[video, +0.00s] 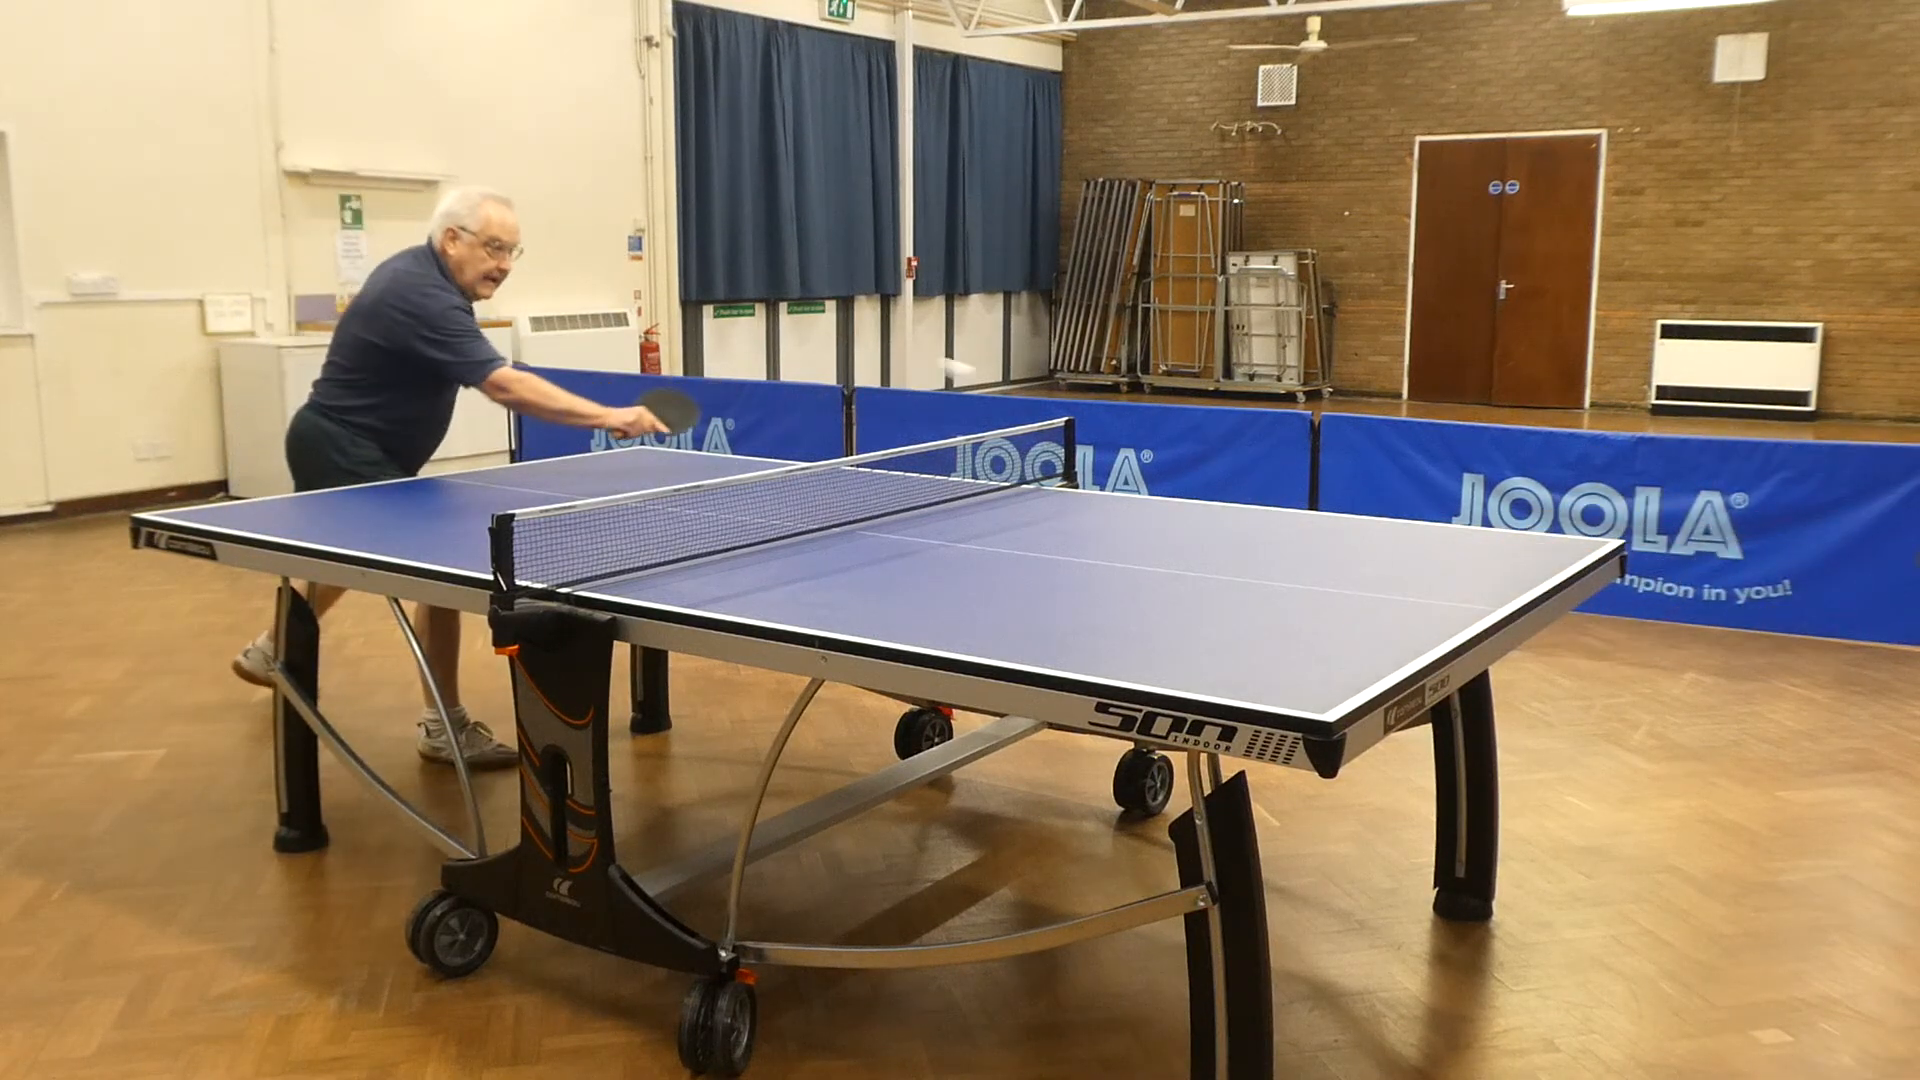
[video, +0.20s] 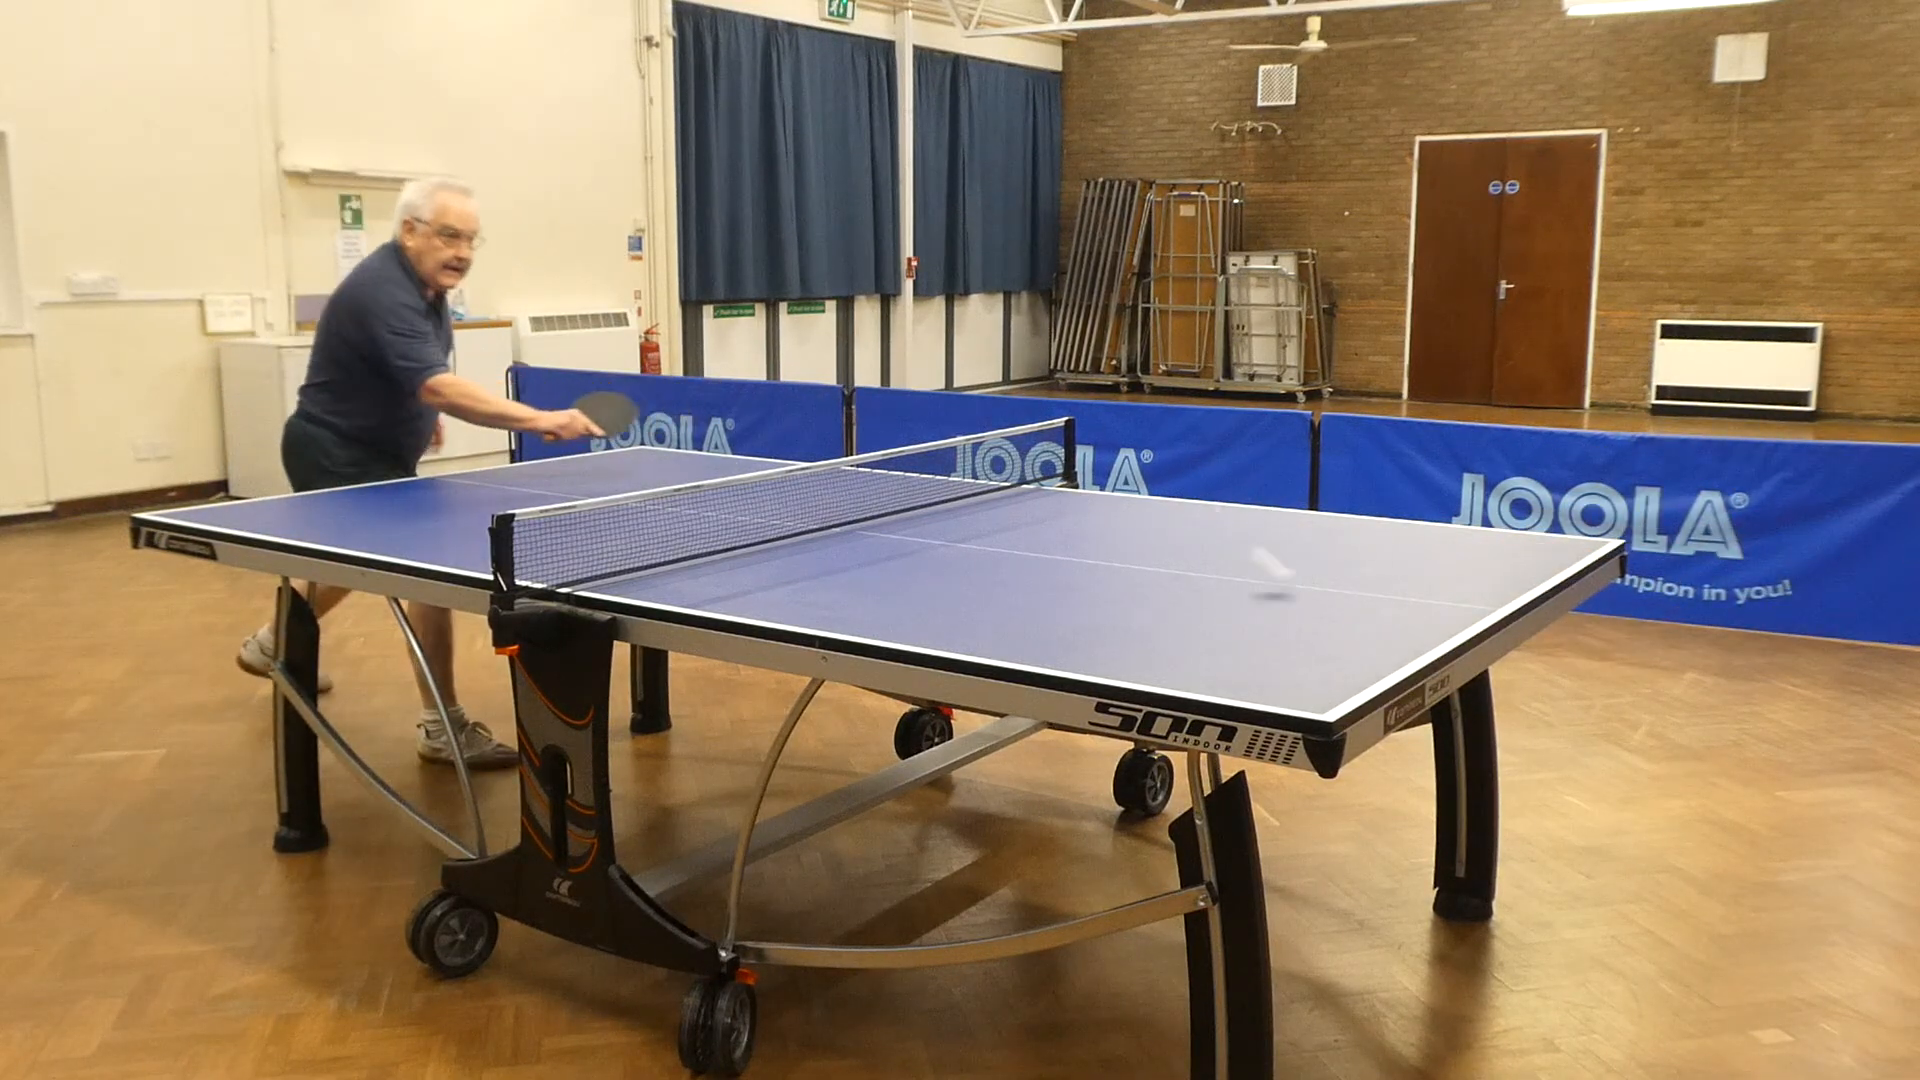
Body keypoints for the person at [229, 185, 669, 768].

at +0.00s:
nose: (504, 266)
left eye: (512, 253)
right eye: (495, 248)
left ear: (452, 242)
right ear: (450, 239)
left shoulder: (421, 271)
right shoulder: (426, 295)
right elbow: (504, 386)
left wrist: (494, 379)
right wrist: (607, 416)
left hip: (339, 441)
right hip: (348, 451)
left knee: (348, 551)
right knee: (445, 570)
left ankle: (273, 649)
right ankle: (446, 723)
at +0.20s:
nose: (463, 253)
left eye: (471, 240)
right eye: (450, 237)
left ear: (473, 241)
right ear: (409, 232)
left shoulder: (422, 282)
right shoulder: (383, 289)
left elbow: (423, 354)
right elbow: (435, 387)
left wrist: (425, 411)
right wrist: (541, 420)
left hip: (381, 454)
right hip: (334, 454)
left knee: (352, 557)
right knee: (426, 574)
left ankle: (276, 643)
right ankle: (444, 720)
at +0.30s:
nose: (422, 244)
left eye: (431, 232)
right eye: (407, 229)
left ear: (438, 235)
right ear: (368, 228)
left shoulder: (407, 287)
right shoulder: (342, 289)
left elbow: (397, 364)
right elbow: (386, 384)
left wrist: (433, 410)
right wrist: (487, 412)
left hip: (379, 458)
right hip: (325, 460)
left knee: (361, 561)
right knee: (414, 575)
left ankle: (273, 650)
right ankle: (439, 722)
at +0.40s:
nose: (379, 234)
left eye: (390, 222)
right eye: (364, 221)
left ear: (400, 227)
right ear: (329, 221)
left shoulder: (387, 279)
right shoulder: (302, 286)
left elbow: (389, 355)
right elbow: (327, 376)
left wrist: (431, 404)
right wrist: (414, 410)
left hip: (371, 454)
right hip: (309, 457)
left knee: (344, 568)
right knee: (379, 575)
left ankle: (265, 659)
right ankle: (428, 716)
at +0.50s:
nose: (348, 228)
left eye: (359, 216)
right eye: (332, 215)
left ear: (369, 222)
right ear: (300, 217)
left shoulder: (367, 274)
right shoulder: (274, 282)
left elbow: (371, 346)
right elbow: (276, 371)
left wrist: (411, 402)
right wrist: (343, 411)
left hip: (360, 446)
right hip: (293, 453)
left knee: (346, 567)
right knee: (356, 567)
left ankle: (263, 659)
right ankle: (395, 708)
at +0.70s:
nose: (316, 224)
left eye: (329, 212)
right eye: (301, 211)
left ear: (340, 215)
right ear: (269, 212)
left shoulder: (345, 264)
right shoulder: (242, 274)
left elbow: (351, 339)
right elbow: (212, 356)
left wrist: (385, 400)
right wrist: (247, 412)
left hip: (338, 442)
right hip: (272, 446)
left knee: (337, 563)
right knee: (319, 567)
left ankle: (263, 661)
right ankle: (315, 707)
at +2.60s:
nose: (301, 214)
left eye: (314, 199)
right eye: (284, 200)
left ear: (330, 195)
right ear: (257, 199)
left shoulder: (346, 242)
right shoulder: (244, 258)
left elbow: (367, 306)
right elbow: (268, 323)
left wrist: (387, 344)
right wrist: (310, 349)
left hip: (335, 436)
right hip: (262, 441)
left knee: (370, 560)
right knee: (284, 573)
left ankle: (311, 635)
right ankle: (273, 716)